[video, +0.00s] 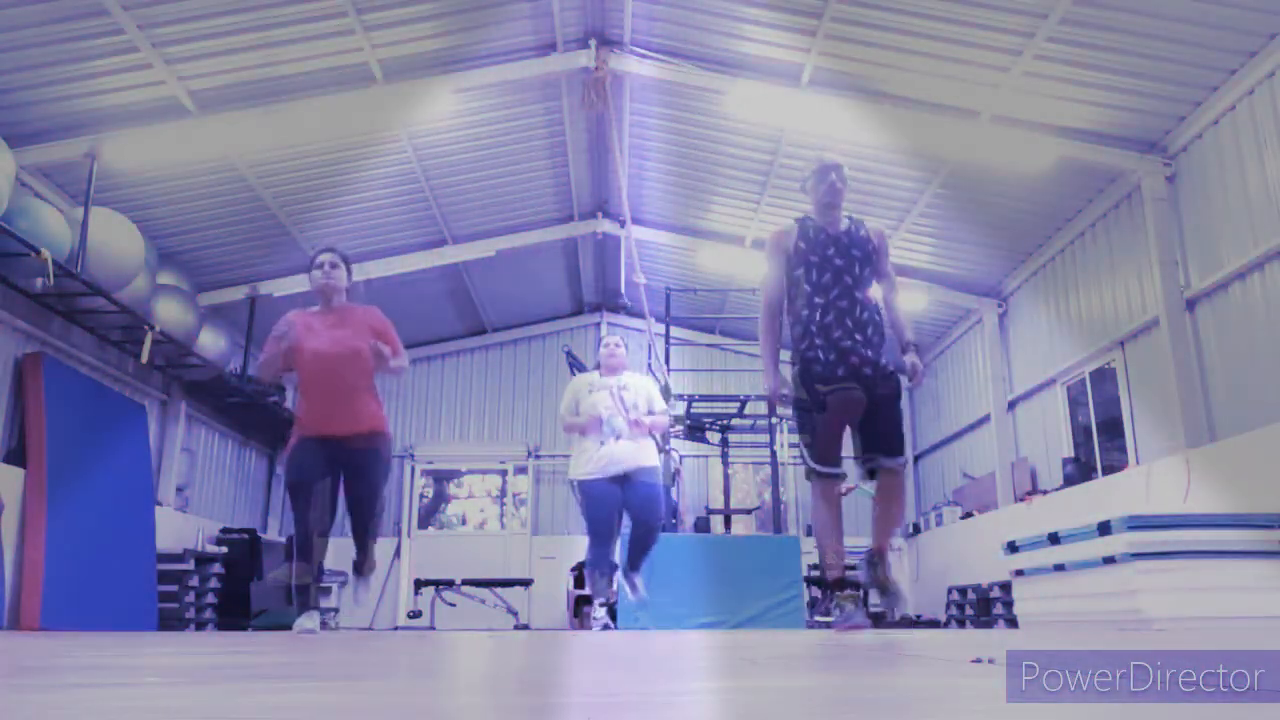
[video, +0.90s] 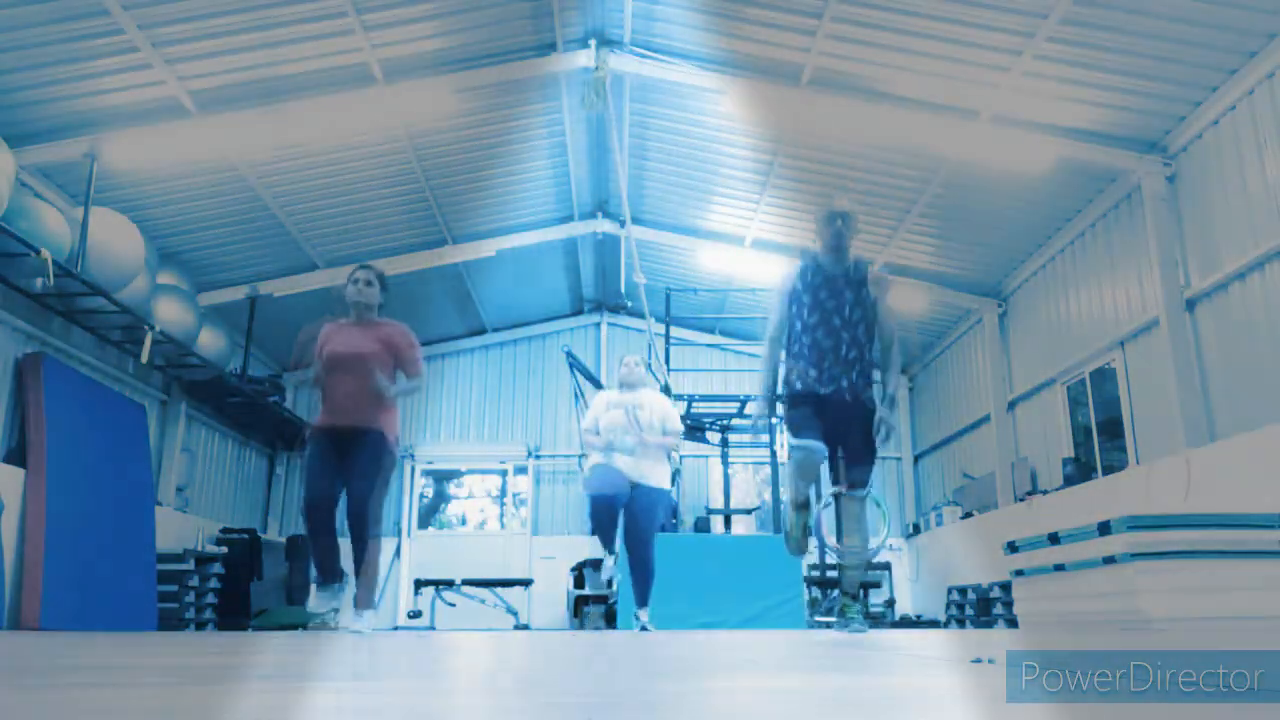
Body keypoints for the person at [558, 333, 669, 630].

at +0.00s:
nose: (613, 347)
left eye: (618, 344)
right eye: (607, 345)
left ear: (627, 355)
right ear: (598, 355)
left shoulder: (643, 382)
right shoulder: (580, 383)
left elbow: (665, 420)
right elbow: (565, 422)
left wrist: (645, 421)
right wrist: (587, 422)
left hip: (640, 466)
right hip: (595, 468)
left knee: (651, 519)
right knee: (602, 533)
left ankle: (632, 570)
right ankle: (599, 601)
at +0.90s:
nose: (629, 367)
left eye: (636, 364)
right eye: (625, 364)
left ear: (645, 373)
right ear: (618, 373)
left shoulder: (660, 401)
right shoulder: (604, 398)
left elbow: (676, 439)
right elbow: (585, 435)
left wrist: (646, 439)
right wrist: (603, 442)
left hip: (650, 475)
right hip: (609, 467)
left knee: (641, 541)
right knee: (603, 495)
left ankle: (642, 609)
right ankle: (609, 552)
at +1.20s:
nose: (630, 369)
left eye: (636, 366)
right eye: (625, 365)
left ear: (644, 376)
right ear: (616, 374)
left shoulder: (657, 402)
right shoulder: (601, 399)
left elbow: (674, 441)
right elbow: (584, 437)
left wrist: (647, 439)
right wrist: (603, 433)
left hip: (647, 479)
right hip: (606, 471)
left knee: (638, 547)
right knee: (613, 510)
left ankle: (639, 609)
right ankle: (606, 580)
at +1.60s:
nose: (619, 373)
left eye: (623, 369)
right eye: (614, 368)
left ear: (631, 375)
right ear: (606, 375)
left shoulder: (645, 403)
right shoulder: (588, 401)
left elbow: (663, 440)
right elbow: (575, 439)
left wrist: (643, 443)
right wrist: (599, 442)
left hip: (642, 486)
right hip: (601, 486)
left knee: (647, 535)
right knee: (610, 544)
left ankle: (631, 578)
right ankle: (608, 605)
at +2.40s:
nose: (619, 378)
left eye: (624, 373)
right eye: (615, 373)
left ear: (634, 378)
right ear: (609, 379)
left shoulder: (650, 407)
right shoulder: (593, 404)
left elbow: (666, 445)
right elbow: (577, 441)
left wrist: (645, 447)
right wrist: (595, 443)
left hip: (637, 483)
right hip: (596, 479)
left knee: (629, 549)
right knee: (590, 519)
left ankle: (628, 607)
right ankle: (596, 565)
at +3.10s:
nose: (611, 374)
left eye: (616, 369)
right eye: (605, 369)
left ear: (623, 373)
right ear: (595, 373)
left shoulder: (636, 401)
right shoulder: (577, 398)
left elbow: (654, 441)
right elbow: (563, 437)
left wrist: (634, 436)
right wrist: (591, 428)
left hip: (632, 479)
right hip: (588, 480)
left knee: (638, 534)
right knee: (596, 543)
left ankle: (616, 570)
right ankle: (596, 606)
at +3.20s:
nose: (609, 371)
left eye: (614, 367)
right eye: (604, 366)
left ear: (622, 368)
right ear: (593, 368)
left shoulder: (634, 395)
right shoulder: (574, 393)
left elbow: (653, 435)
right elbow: (560, 432)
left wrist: (635, 433)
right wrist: (588, 430)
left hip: (627, 461)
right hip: (584, 468)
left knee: (641, 495)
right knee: (597, 541)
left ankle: (623, 549)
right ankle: (595, 604)